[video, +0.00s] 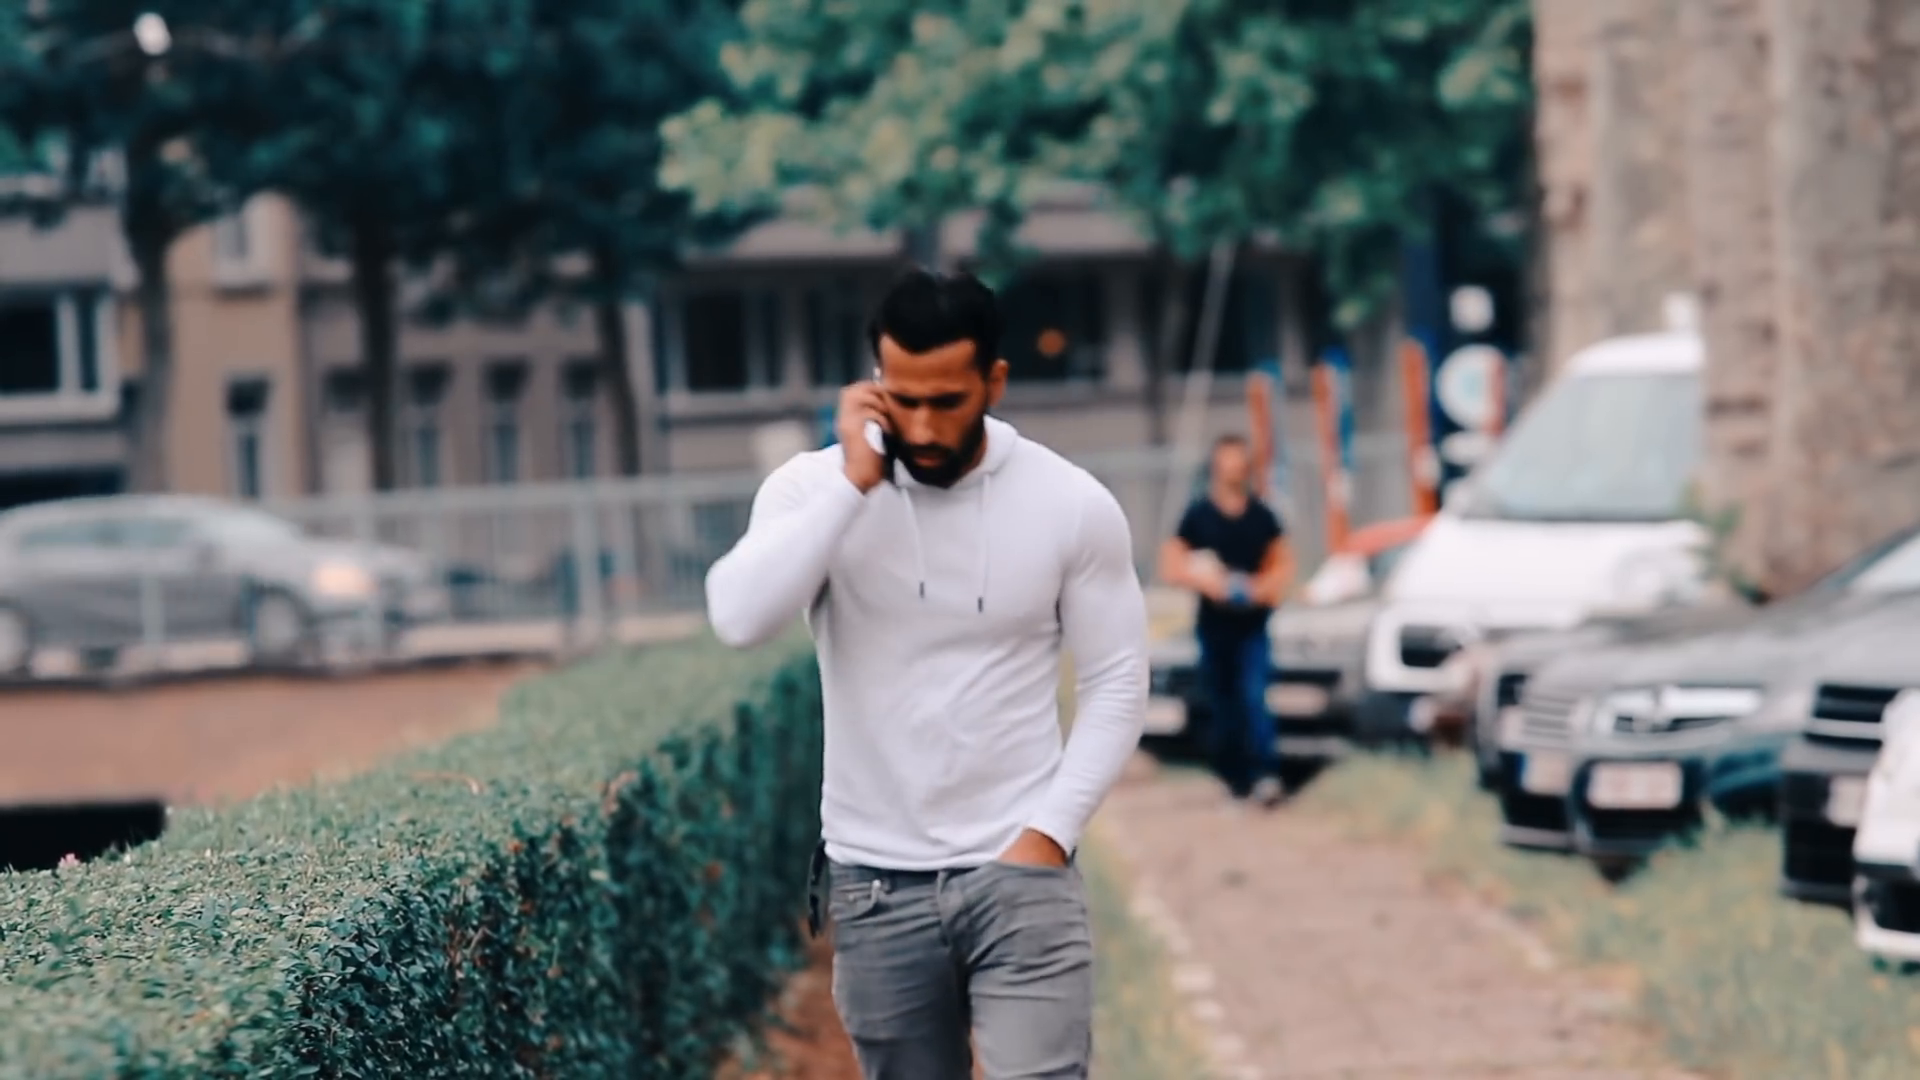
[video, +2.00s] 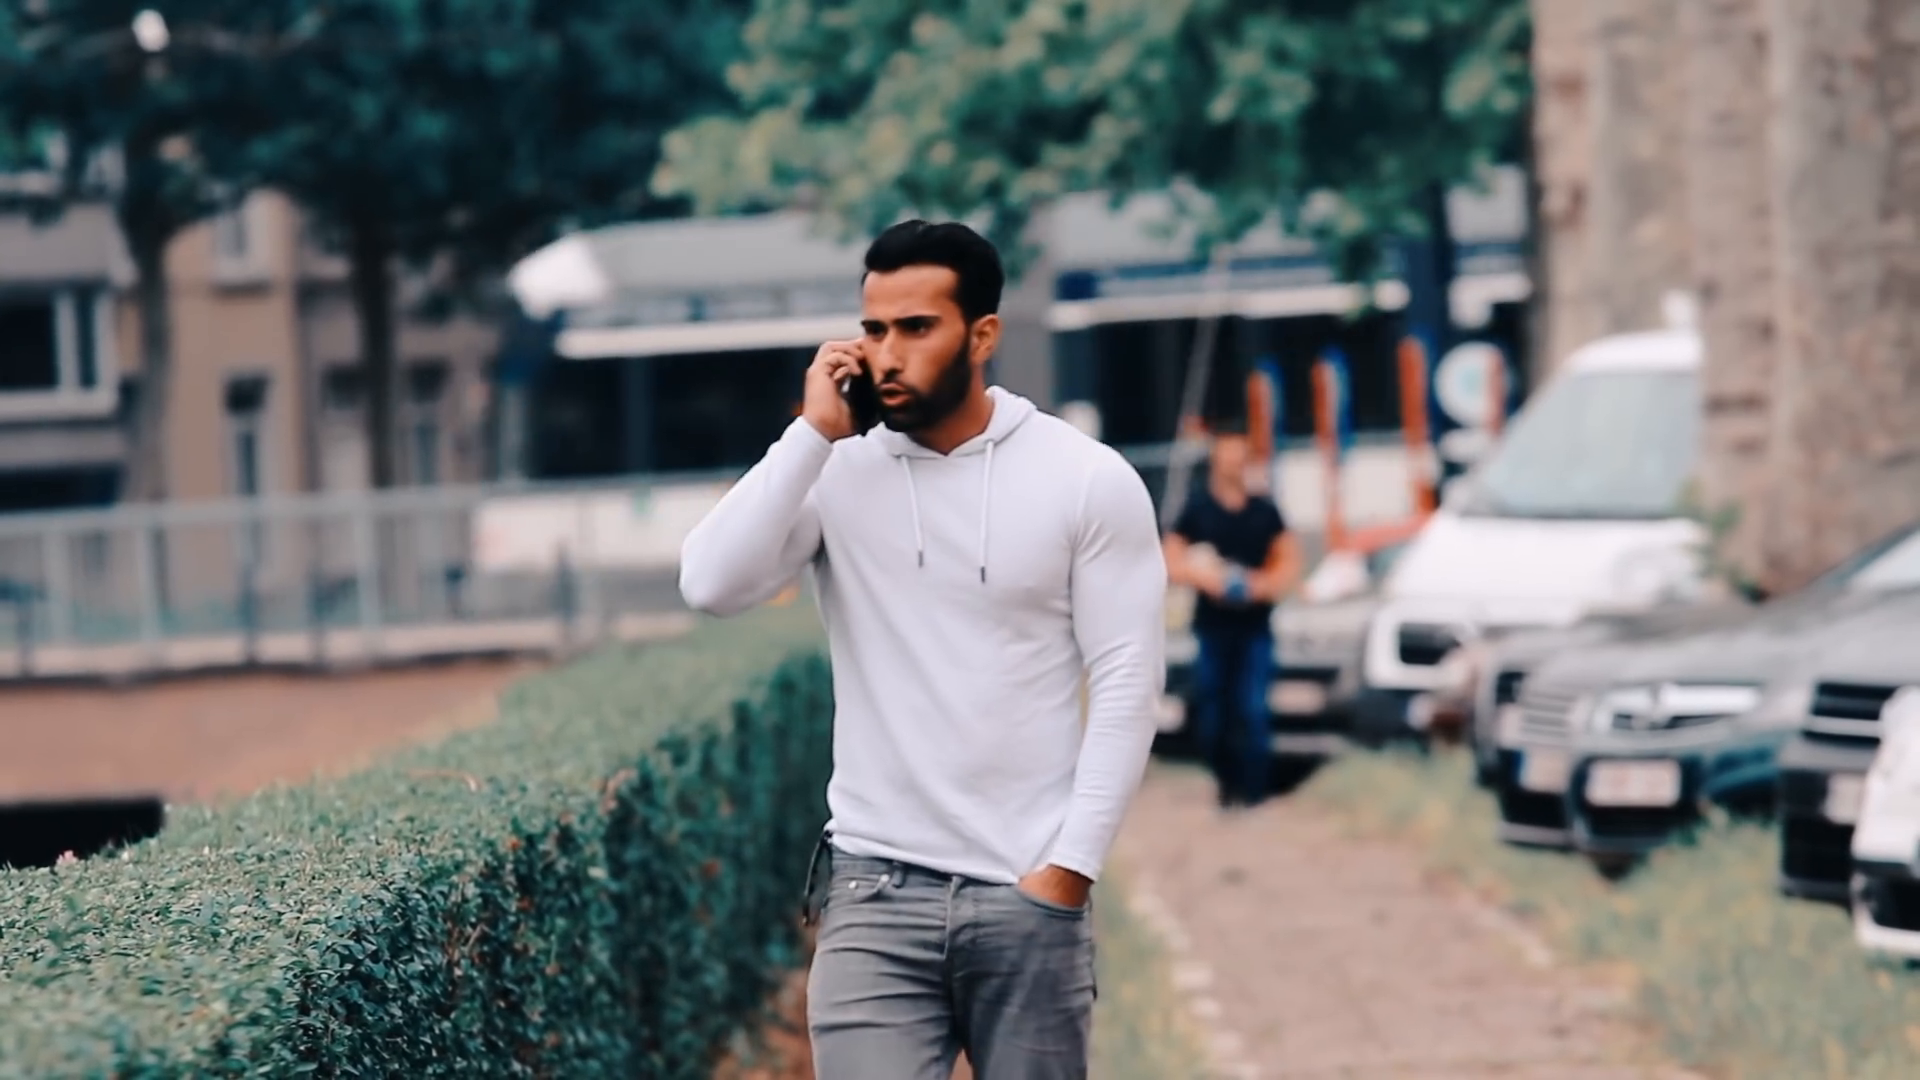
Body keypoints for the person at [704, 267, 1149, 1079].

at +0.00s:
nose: (922, 428)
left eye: (945, 403)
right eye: (901, 401)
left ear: (994, 382)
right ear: (877, 378)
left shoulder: (1072, 507)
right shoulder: (810, 486)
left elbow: (1115, 684)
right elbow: (738, 618)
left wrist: (1046, 836)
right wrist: (851, 479)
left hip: (1019, 881)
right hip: (874, 892)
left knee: (1039, 1069)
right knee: (908, 1070)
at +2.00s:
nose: (888, 356)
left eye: (916, 329)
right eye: (875, 330)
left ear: (984, 334)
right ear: (857, 332)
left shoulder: (1088, 481)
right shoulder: (830, 470)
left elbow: (1127, 687)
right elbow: (709, 585)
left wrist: (1068, 869)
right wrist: (813, 433)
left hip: (1026, 905)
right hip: (871, 895)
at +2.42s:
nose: (801, 365)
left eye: (830, 336)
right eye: (787, 339)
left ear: (897, 346)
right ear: (770, 350)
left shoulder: (1008, 475)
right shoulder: (752, 487)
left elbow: (1118, 647)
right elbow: (630, 605)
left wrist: (1026, 778)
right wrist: (729, 448)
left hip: (979, 909)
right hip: (815, 909)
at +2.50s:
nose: (792, 369)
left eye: (822, 339)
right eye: (777, 342)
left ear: (888, 346)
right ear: (760, 351)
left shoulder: (996, 472)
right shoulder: (741, 487)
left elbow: (1106, 643)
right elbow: (623, 608)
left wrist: (994, 724)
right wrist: (722, 452)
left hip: (975, 900)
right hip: (808, 904)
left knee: (1024, 1065)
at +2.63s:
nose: (792, 370)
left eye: (822, 341)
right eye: (778, 344)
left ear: (888, 346)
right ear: (761, 351)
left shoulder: (994, 469)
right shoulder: (742, 486)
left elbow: (1085, 644)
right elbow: (624, 609)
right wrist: (721, 452)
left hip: (973, 897)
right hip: (804, 901)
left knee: (1018, 1064)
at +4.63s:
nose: (799, 371)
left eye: (827, 342)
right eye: (785, 346)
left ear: (895, 346)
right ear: (769, 352)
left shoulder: (1011, 448)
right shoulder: (763, 485)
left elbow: (1038, 592)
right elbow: (651, 627)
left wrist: (871, 532)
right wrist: (732, 468)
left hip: (1000, 893)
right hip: (830, 899)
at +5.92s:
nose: (785, 374)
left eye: (813, 344)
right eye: (771, 349)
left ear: (882, 347)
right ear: (756, 355)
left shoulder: (1000, 452)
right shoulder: (758, 486)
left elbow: (1008, 602)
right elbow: (641, 631)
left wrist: (836, 583)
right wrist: (718, 468)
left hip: (988, 897)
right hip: (819, 903)